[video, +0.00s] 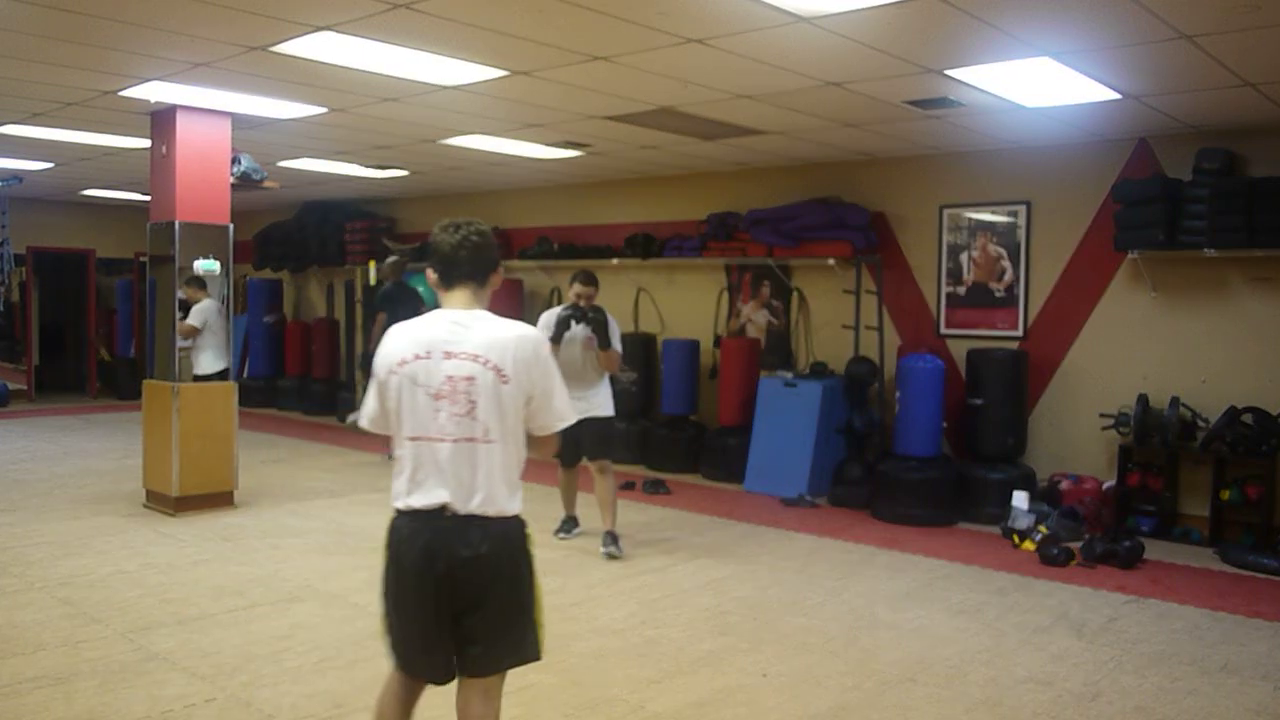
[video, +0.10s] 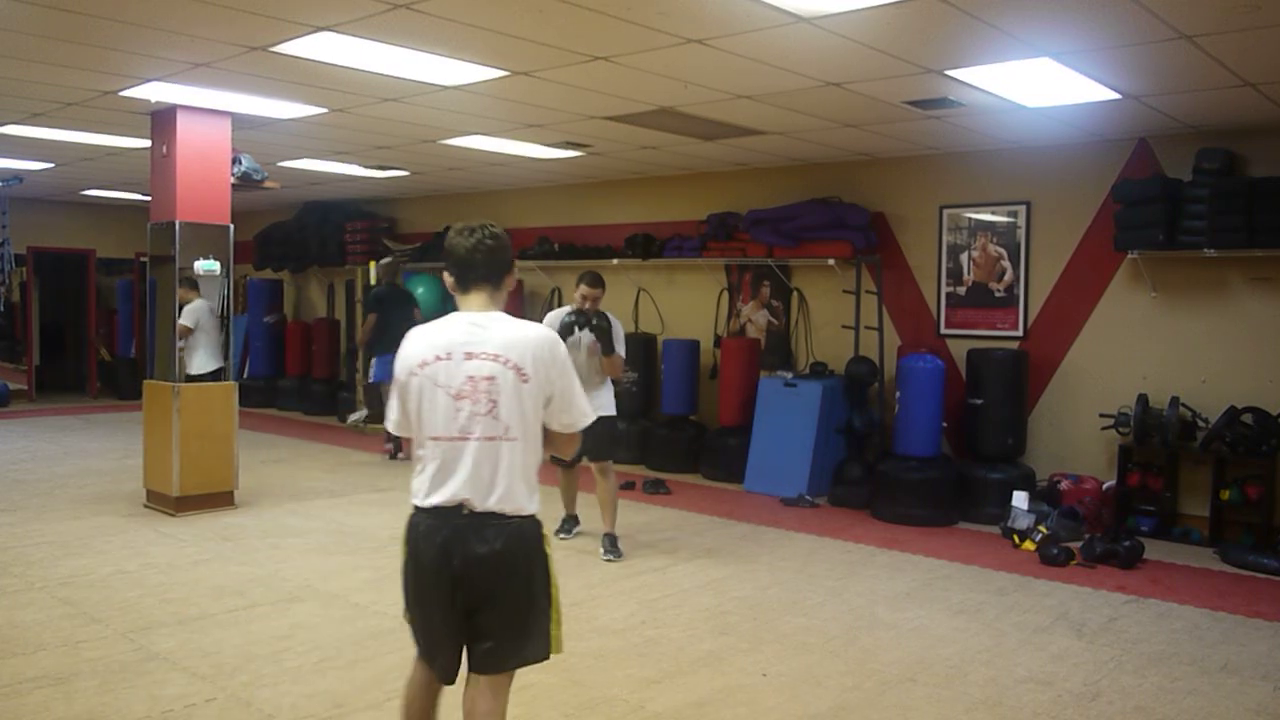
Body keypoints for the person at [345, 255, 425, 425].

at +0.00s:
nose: (380, 271)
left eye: (383, 267)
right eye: (382, 267)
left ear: (390, 270)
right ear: (400, 271)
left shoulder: (386, 292)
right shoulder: (412, 291)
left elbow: (381, 320)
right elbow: (423, 313)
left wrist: (372, 346)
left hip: (389, 343)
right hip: (409, 342)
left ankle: (366, 410)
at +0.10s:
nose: (377, 275)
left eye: (378, 272)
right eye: (379, 271)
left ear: (381, 273)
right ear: (397, 273)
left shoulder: (377, 294)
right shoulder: (407, 294)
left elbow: (371, 321)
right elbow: (418, 318)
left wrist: (361, 339)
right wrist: (415, 337)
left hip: (384, 350)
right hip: (407, 349)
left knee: (388, 395)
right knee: (404, 393)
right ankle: (397, 437)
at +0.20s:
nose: (371, 276)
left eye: (373, 273)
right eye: (374, 272)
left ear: (375, 275)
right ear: (390, 275)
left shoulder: (369, 297)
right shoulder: (400, 296)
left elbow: (361, 325)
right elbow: (411, 321)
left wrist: (350, 343)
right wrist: (411, 344)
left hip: (378, 351)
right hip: (398, 350)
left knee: (384, 396)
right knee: (382, 394)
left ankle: (396, 442)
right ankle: (371, 434)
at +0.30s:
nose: (365, 276)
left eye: (367, 273)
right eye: (368, 272)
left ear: (368, 276)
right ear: (383, 276)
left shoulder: (362, 297)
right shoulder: (393, 298)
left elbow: (356, 326)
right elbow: (402, 326)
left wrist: (340, 345)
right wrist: (403, 352)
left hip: (369, 353)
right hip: (389, 352)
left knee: (373, 398)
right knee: (373, 397)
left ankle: (391, 436)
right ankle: (365, 438)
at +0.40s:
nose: (358, 273)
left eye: (360, 270)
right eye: (361, 269)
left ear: (362, 274)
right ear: (378, 274)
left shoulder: (357, 295)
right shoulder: (386, 295)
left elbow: (351, 320)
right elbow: (396, 322)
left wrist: (343, 340)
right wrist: (398, 346)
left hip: (361, 350)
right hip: (381, 349)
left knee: (354, 392)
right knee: (372, 392)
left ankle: (373, 421)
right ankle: (365, 436)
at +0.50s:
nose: (352, 273)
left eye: (354, 271)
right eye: (356, 270)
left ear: (355, 273)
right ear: (371, 274)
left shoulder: (349, 294)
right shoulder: (380, 294)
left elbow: (345, 321)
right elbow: (389, 321)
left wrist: (338, 345)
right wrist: (390, 345)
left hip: (353, 348)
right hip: (375, 347)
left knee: (342, 389)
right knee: (366, 391)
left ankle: (353, 413)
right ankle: (364, 436)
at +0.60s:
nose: (345, 274)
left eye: (346, 271)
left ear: (347, 274)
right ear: (364, 274)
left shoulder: (342, 293)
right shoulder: (373, 293)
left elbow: (340, 320)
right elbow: (381, 318)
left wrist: (333, 345)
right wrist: (379, 343)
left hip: (346, 346)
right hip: (367, 346)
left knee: (332, 386)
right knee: (363, 391)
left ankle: (339, 424)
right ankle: (364, 437)